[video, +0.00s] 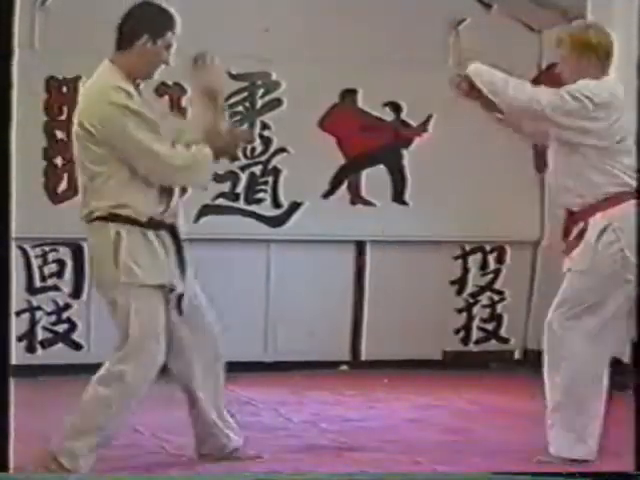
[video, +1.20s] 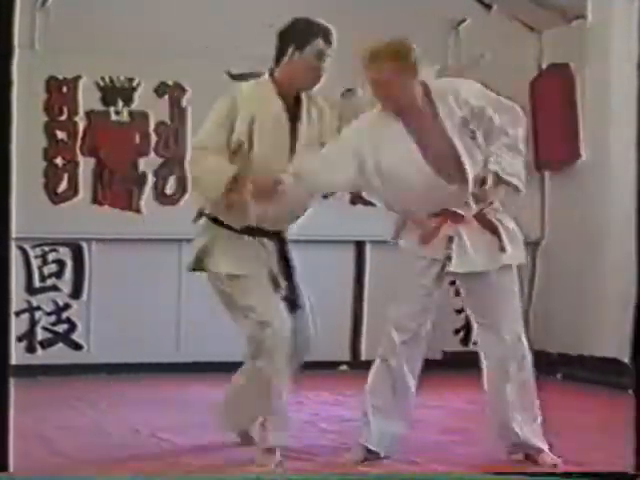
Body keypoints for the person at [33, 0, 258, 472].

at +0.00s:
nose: (168, 57)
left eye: (170, 47)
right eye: (166, 46)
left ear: (136, 42)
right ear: (143, 42)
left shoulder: (128, 93)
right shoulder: (106, 97)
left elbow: (172, 140)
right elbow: (162, 165)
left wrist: (212, 119)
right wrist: (212, 151)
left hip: (154, 236)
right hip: (123, 236)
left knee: (200, 339)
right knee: (142, 352)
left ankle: (217, 442)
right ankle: (68, 459)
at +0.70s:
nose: (224, 81)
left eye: (225, 72)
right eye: (221, 70)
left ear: (195, 64)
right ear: (201, 63)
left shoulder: (173, 105)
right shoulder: (175, 107)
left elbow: (202, 176)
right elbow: (218, 178)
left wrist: (249, 181)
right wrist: (251, 198)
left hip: (176, 249)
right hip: (159, 251)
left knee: (219, 332)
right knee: (175, 363)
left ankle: (231, 428)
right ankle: (108, 455)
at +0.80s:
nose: (240, 84)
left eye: (240, 75)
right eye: (236, 74)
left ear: (203, 70)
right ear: (216, 70)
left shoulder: (174, 103)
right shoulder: (202, 101)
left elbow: (198, 175)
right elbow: (249, 156)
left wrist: (243, 176)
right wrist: (278, 157)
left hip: (183, 248)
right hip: (178, 250)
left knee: (220, 339)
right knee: (182, 361)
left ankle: (217, 429)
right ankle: (112, 454)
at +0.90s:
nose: (275, 90)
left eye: (277, 83)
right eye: (272, 81)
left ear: (240, 78)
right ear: (253, 77)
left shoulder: (223, 117)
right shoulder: (229, 96)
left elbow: (217, 206)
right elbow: (280, 116)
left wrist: (263, 221)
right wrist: (298, 86)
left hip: (212, 243)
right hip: (192, 240)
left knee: (227, 343)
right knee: (196, 352)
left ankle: (211, 430)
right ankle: (119, 448)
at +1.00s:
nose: (294, 99)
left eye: (299, 91)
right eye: (293, 86)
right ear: (271, 71)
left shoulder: (260, 141)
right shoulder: (229, 93)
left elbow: (261, 226)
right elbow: (242, 103)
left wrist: (313, 219)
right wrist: (272, 83)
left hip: (227, 243)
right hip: (198, 232)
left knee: (233, 340)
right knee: (215, 344)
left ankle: (214, 428)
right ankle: (150, 445)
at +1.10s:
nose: (319, 74)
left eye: (323, 65)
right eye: (315, 62)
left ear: (298, 63)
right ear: (289, 57)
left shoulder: (299, 117)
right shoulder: (237, 90)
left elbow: (305, 169)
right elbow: (199, 140)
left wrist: (342, 160)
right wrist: (239, 146)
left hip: (252, 235)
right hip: (213, 230)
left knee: (264, 335)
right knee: (252, 328)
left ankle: (226, 427)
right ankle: (215, 428)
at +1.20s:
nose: (323, 69)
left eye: (326, 60)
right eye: (317, 58)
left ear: (310, 60)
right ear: (291, 55)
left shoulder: (319, 111)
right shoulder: (240, 98)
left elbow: (334, 165)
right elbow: (200, 160)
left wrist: (354, 187)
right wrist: (241, 184)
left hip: (275, 237)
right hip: (227, 234)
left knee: (294, 334)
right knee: (273, 325)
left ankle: (240, 412)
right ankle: (269, 438)